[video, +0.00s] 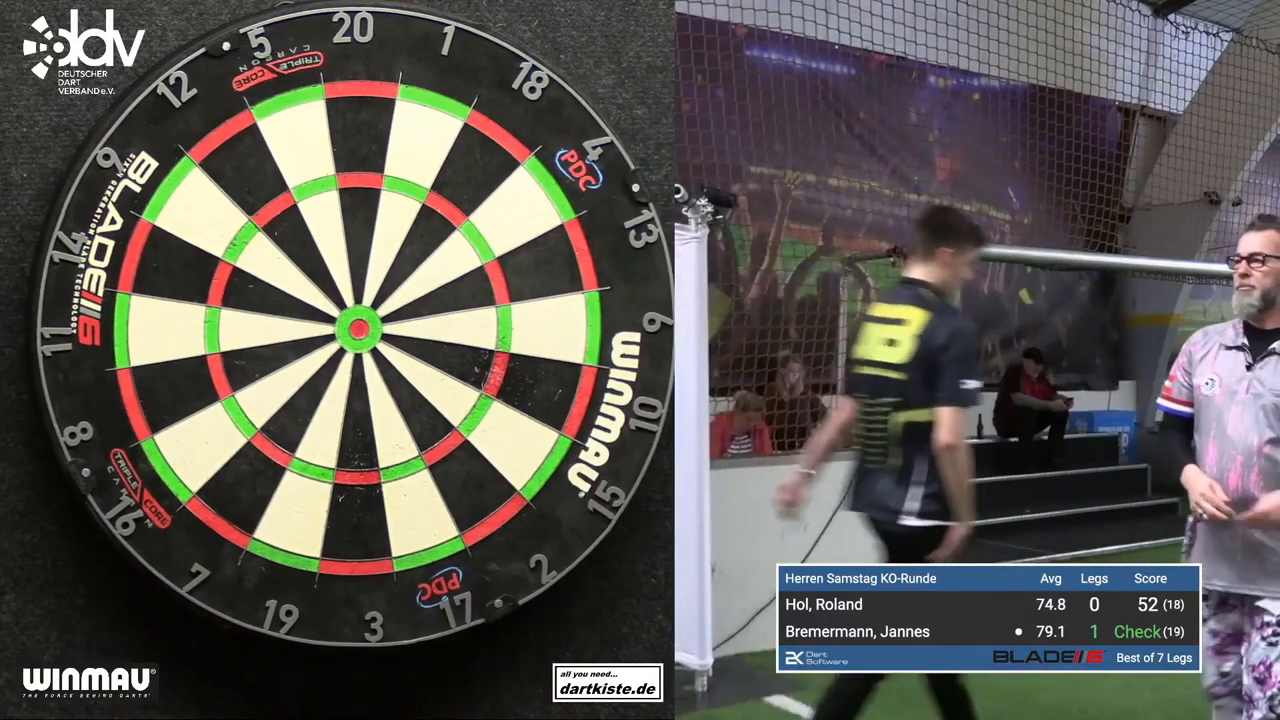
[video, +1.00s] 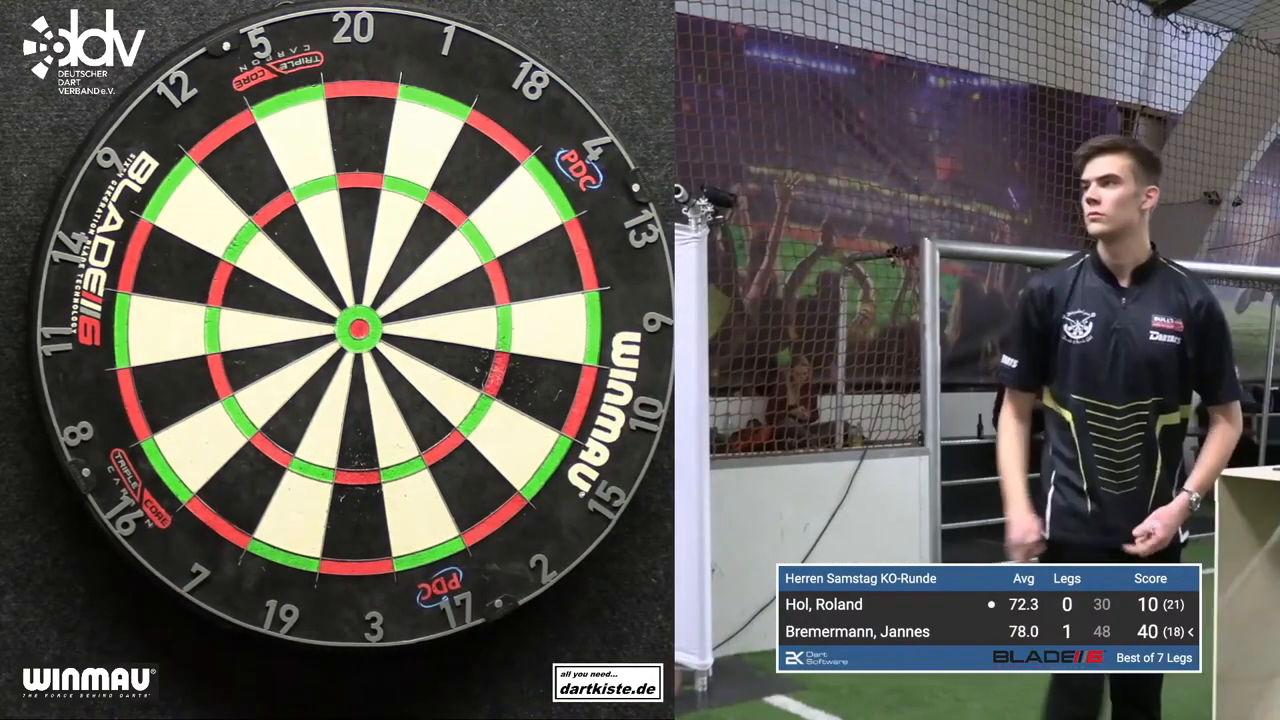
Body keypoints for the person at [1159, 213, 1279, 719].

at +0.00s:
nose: (1241, 269)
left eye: (1258, 260)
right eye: (1238, 260)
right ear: (1233, 268)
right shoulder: (1202, 345)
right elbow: (1170, 432)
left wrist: (1278, 501)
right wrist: (1189, 475)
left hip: (1274, 568)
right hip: (1212, 563)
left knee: (1266, 699)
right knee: (1220, 693)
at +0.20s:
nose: (1237, 268)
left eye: (1253, 259)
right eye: (1233, 258)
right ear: (1228, 266)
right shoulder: (1197, 345)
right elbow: (1162, 429)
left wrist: (1267, 496)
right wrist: (1179, 472)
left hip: (1269, 573)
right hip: (1199, 565)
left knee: (1267, 703)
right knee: (1194, 694)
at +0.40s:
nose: (1228, 270)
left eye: (1244, 260)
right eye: (1224, 260)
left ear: (1277, 269)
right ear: (1218, 268)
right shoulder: (1189, 345)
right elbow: (1157, 427)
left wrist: (1264, 500)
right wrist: (1168, 478)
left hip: (1265, 576)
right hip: (1189, 567)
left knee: (1264, 706)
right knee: (1176, 702)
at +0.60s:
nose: (1217, 275)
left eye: (1232, 265)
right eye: (1212, 265)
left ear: (1272, 274)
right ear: (1206, 273)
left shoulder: (1278, 357)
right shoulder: (1173, 349)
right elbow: (1139, 439)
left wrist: (1277, 512)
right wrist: (1136, 513)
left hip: (1256, 582)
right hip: (1169, 574)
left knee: (1252, 710)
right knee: (1144, 707)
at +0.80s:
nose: (1210, 269)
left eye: (1227, 260)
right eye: (1205, 260)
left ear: (1264, 274)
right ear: (1196, 270)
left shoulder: (1277, 360)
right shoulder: (1157, 345)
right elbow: (1122, 437)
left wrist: (1279, 515)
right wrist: (1118, 513)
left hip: (1247, 586)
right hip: (1154, 580)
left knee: (1239, 712)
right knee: (1136, 710)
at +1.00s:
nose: (1090, 195)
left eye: (1107, 184)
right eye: (1085, 186)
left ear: (1149, 198)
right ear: (1079, 200)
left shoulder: (1192, 303)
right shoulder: (1048, 295)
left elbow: (1227, 419)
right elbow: (1016, 409)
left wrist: (1181, 506)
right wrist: (1017, 507)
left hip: (1153, 534)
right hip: (1069, 532)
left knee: (1140, 691)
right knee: (1073, 686)